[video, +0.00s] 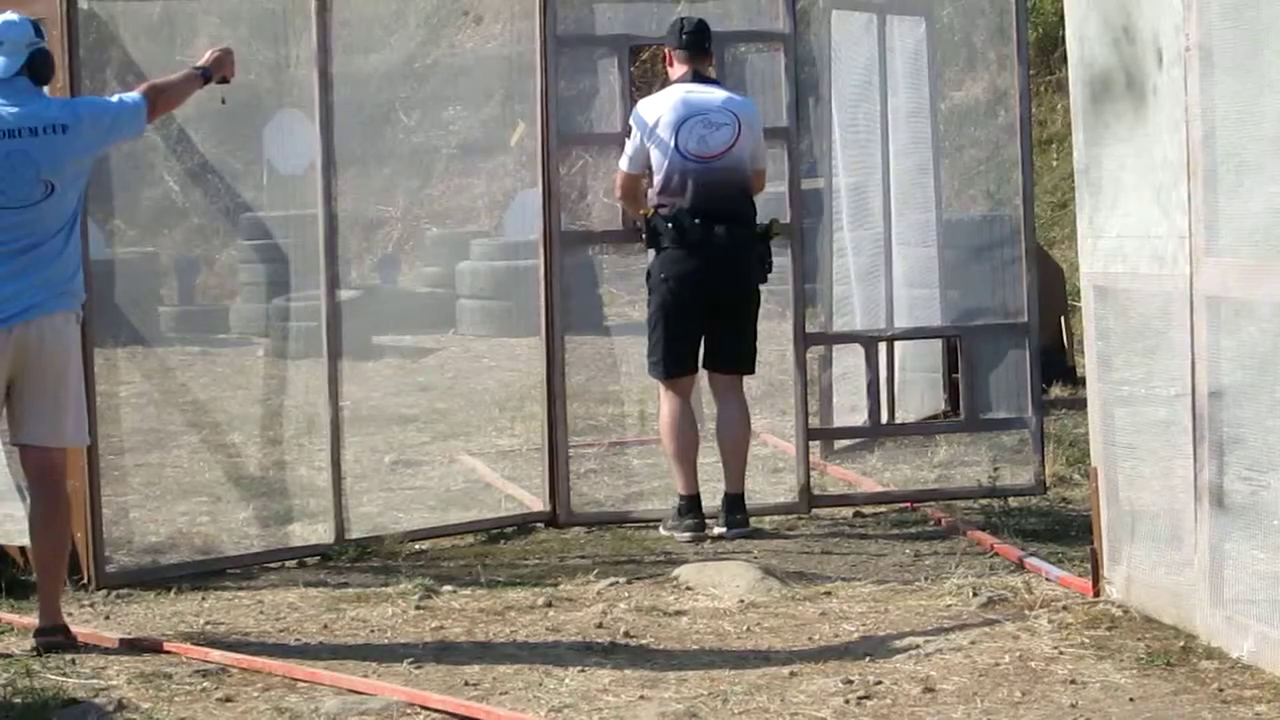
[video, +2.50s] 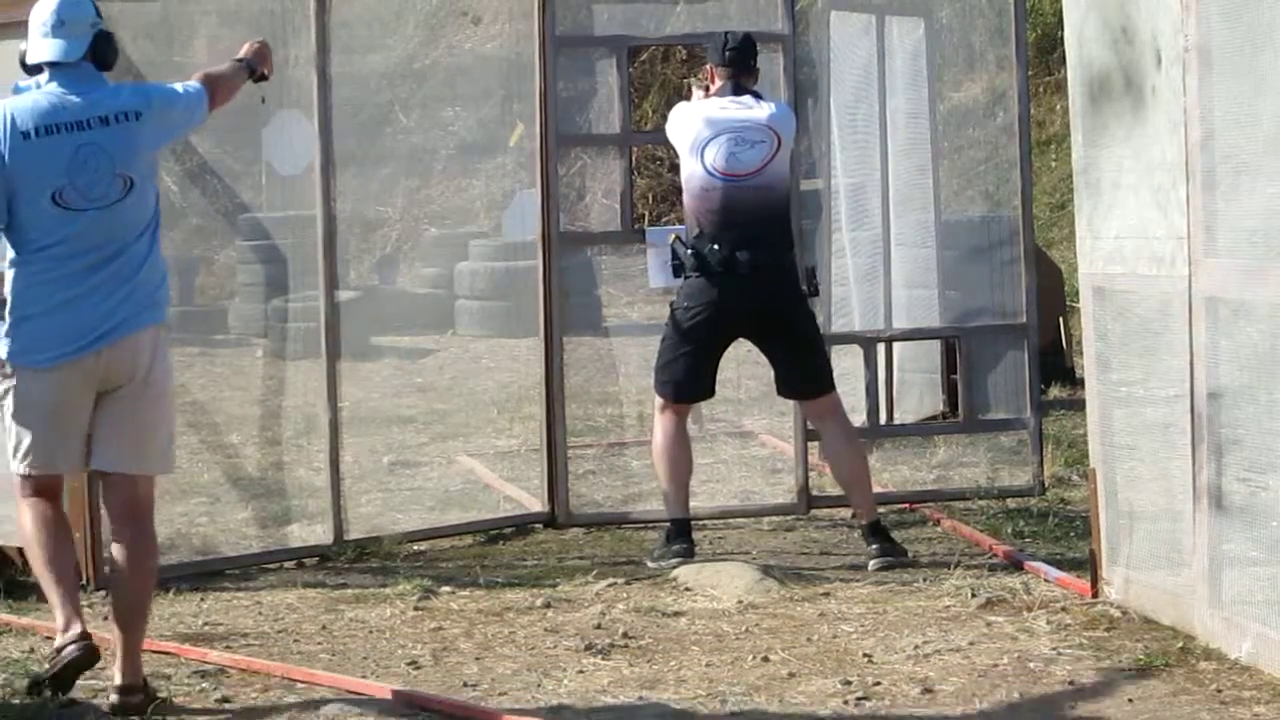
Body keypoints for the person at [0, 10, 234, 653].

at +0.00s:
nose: (49, 68)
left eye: (40, 58)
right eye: (46, 61)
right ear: (39, 65)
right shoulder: (61, 120)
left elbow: (147, 102)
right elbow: (148, 101)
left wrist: (196, 74)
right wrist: (204, 70)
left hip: (18, 315)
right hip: (41, 314)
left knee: (46, 473)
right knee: (46, 473)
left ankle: (48, 617)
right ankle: (50, 621)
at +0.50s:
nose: (51, 68)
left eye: (44, 59)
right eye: (48, 61)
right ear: (41, 65)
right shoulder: (63, 120)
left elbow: (147, 103)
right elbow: (149, 102)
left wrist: (196, 76)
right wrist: (204, 72)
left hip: (16, 315)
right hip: (41, 314)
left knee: (46, 471)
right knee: (47, 470)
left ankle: (49, 617)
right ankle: (50, 620)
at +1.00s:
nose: (52, 71)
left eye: (42, 61)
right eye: (49, 63)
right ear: (44, 68)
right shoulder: (69, 121)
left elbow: (149, 107)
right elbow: (151, 105)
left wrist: (195, 81)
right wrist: (204, 77)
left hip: (11, 316)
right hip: (48, 313)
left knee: (48, 470)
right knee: (50, 470)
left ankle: (47, 614)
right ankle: (50, 618)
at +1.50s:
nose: (26, 85)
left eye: (17, 79)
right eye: (23, 78)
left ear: (6, 86)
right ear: (19, 83)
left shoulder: (33, 133)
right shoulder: (37, 133)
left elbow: (128, 113)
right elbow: (130, 112)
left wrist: (174, 88)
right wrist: (182, 85)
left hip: (24, 328)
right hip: (35, 327)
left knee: (43, 469)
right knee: (44, 469)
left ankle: (54, 611)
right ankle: (55, 612)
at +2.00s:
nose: (41, 69)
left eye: (31, 58)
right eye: (36, 61)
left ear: (2, 74)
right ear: (29, 70)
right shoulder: (63, 125)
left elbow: (144, 103)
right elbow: (146, 101)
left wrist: (184, 72)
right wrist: (192, 66)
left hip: (9, 348)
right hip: (72, 336)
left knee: (6, 508)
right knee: (92, 503)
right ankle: (120, 645)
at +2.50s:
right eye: (106, 48)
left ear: (33, 56)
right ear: (100, 51)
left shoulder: (8, 120)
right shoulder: (138, 108)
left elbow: (6, 227)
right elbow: (213, 89)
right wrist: (248, 62)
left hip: (41, 333)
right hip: (135, 325)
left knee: (38, 489)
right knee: (131, 506)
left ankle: (68, 629)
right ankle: (130, 677)